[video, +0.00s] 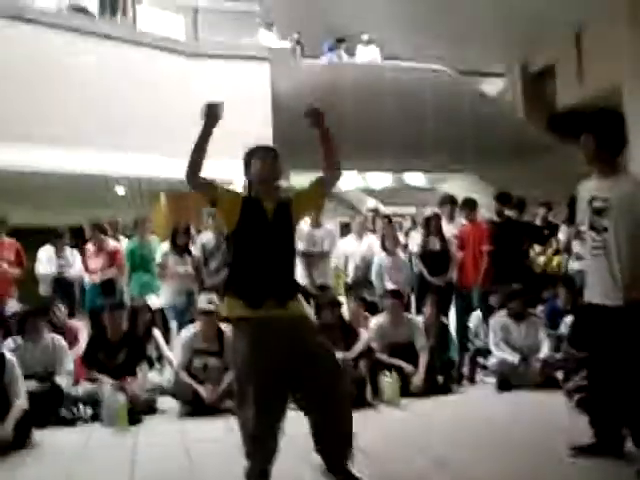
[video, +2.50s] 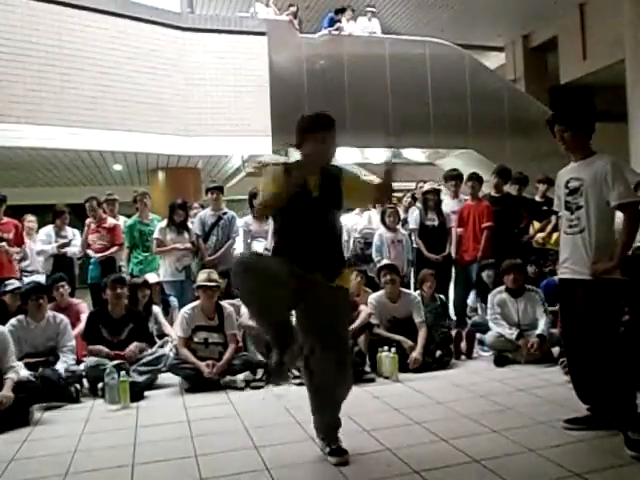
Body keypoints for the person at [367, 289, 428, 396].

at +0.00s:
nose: (392, 305)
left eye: (396, 300)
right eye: (389, 300)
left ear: (403, 304)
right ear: (384, 303)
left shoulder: (414, 323)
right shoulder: (377, 324)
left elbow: (423, 349)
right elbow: (376, 353)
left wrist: (420, 375)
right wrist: (402, 365)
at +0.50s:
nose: (388, 279)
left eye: (392, 275)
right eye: (384, 275)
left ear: (399, 279)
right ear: (380, 280)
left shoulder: (411, 297)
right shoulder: (374, 298)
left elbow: (421, 325)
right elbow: (375, 328)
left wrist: (417, 351)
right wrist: (400, 340)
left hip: (407, 326)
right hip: (386, 328)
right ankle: (374, 368)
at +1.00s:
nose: (387, 280)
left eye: (390, 276)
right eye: (383, 277)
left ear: (398, 279)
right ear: (379, 281)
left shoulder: (412, 299)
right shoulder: (374, 300)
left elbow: (421, 327)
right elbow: (375, 328)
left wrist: (418, 351)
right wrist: (401, 340)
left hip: (408, 329)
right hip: (386, 331)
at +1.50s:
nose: (387, 279)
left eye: (390, 275)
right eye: (383, 277)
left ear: (398, 278)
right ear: (379, 281)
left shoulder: (413, 298)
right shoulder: (374, 300)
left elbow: (422, 327)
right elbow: (375, 328)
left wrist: (418, 352)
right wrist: (401, 340)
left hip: (408, 331)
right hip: (386, 333)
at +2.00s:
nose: (388, 279)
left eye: (391, 274)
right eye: (384, 276)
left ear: (398, 277)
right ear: (379, 281)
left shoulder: (413, 298)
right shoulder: (374, 299)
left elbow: (422, 327)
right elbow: (375, 328)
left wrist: (418, 351)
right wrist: (401, 339)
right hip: (386, 334)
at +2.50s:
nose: (389, 278)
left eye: (392, 273)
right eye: (384, 275)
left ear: (400, 277)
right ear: (380, 281)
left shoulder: (413, 298)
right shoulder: (374, 299)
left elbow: (422, 326)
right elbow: (375, 328)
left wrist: (418, 351)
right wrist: (401, 340)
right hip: (386, 332)